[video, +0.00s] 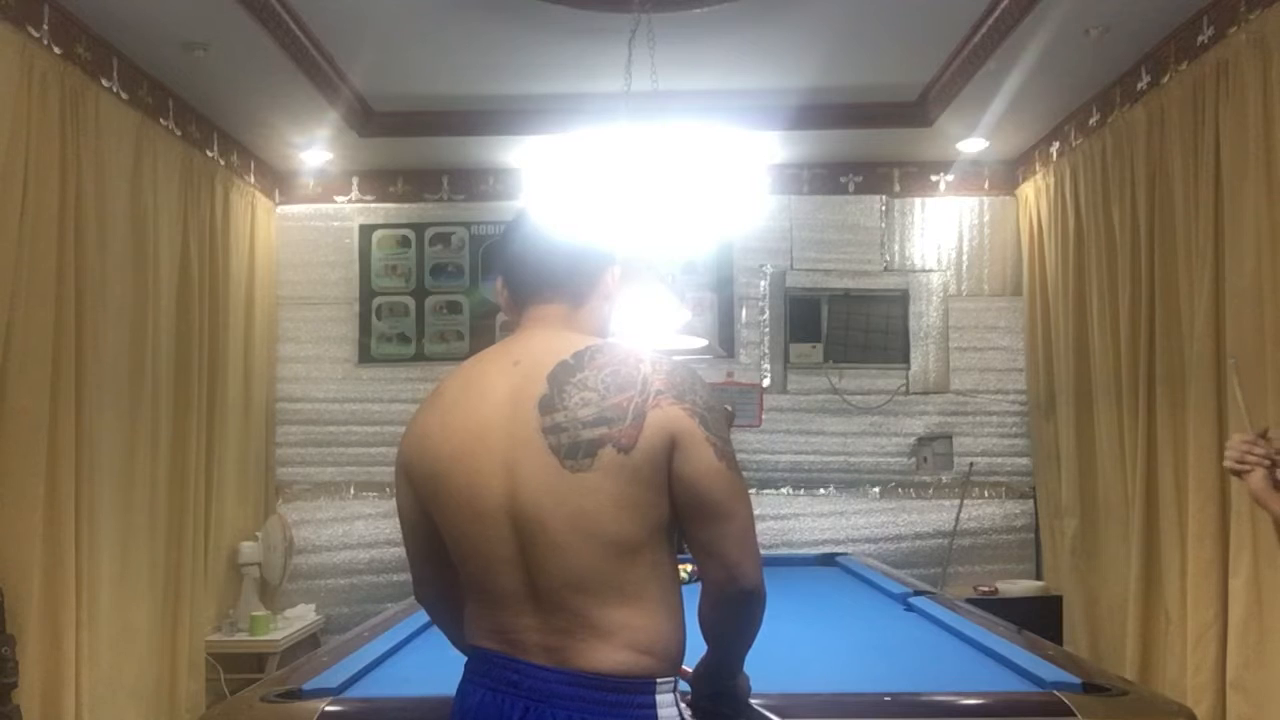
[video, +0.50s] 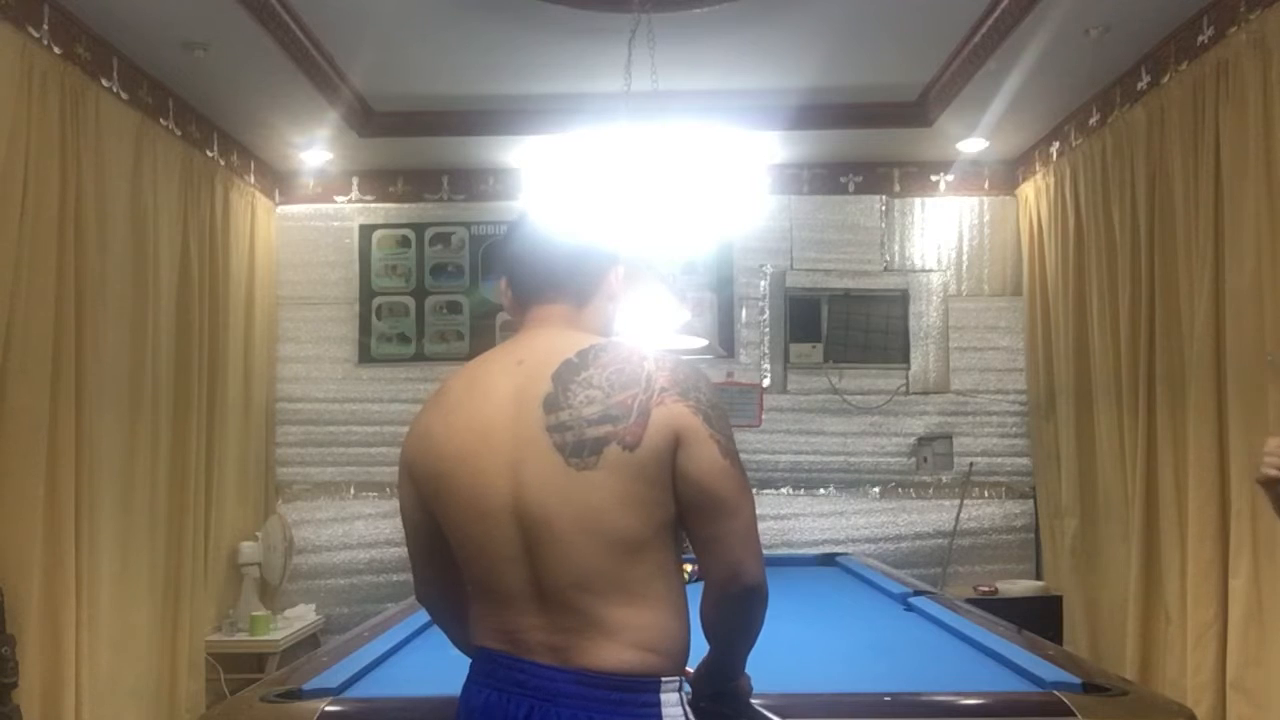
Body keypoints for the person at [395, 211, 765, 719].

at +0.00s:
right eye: (619, 284)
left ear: (501, 294)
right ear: (610, 283)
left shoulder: (434, 412)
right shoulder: (660, 391)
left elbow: (434, 588)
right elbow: (738, 581)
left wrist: (497, 661)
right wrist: (722, 674)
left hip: (487, 698)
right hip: (629, 702)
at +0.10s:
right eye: (619, 283)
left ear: (501, 294)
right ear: (610, 283)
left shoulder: (434, 412)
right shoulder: (661, 390)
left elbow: (434, 588)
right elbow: (738, 581)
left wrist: (498, 661)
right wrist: (722, 674)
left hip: (488, 698)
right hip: (631, 702)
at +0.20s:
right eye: (620, 280)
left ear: (500, 294)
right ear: (610, 282)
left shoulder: (434, 413)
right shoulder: (662, 388)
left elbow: (435, 590)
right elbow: (738, 578)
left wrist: (499, 662)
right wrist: (723, 673)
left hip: (488, 699)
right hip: (631, 702)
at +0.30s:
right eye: (620, 280)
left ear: (501, 294)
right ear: (609, 282)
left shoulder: (435, 413)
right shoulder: (662, 387)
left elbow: (435, 591)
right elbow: (739, 579)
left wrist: (498, 662)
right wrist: (723, 673)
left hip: (487, 699)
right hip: (632, 702)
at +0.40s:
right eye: (623, 276)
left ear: (503, 293)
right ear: (612, 280)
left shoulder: (436, 412)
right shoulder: (665, 386)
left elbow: (436, 590)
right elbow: (739, 579)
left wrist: (499, 663)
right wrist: (723, 673)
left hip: (488, 699)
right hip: (633, 701)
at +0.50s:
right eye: (627, 276)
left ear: (506, 293)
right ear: (614, 280)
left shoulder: (438, 412)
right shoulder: (665, 386)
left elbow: (436, 591)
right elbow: (740, 579)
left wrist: (501, 662)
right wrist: (723, 673)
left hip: (492, 698)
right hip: (636, 701)